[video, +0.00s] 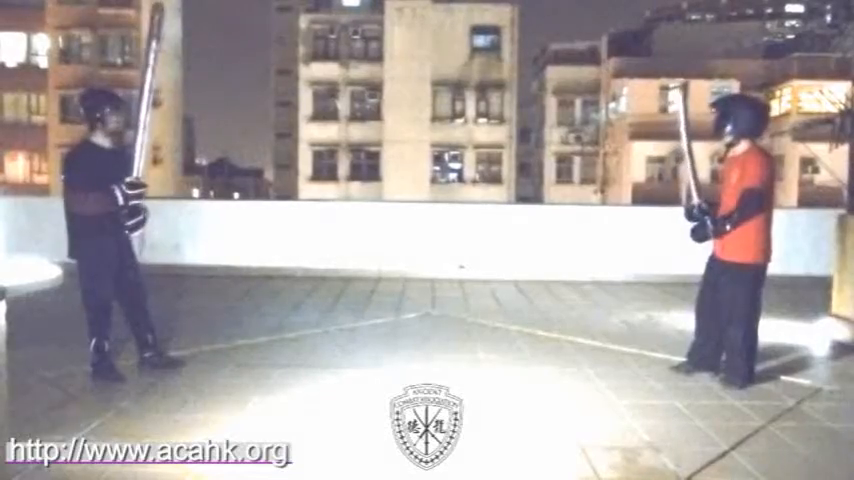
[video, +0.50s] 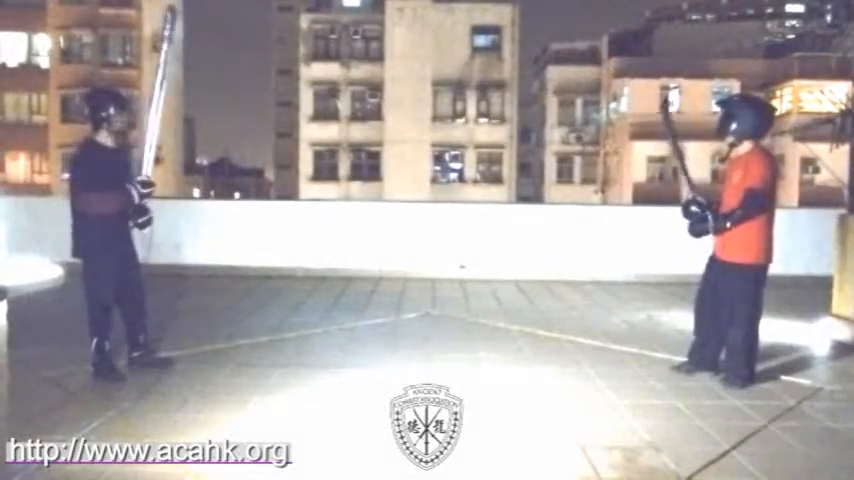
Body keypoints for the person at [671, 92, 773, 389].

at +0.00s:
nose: (720, 125)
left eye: (725, 119)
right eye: (721, 119)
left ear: (739, 123)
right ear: (738, 123)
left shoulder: (756, 159)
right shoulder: (731, 158)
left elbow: (753, 202)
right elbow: (729, 202)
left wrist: (721, 226)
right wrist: (708, 211)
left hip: (747, 254)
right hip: (724, 250)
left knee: (739, 314)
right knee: (709, 307)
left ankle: (738, 371)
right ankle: (703, 358)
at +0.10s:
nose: (720, 123)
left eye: (726, 118)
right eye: (721, 117)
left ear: (740, 123)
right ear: (739, 123)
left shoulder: (757, 159)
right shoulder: (731, 158)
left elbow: (753, 202)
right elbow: (729, 201)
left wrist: (722, 225)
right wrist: (708, 211)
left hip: (747, 254)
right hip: (723, 250)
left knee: (739, 315)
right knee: (709, 308)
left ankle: (738, 371)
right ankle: (703, 358)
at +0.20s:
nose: (721, 122)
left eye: (727, 117)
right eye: (723, 116)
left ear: (742, 123)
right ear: (742, 123)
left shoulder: (757, 159)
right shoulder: (732, 158)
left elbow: (756, 201)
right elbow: (729, 201)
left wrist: (721, 224)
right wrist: (707, 207)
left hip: (747, 254)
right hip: (724, 250)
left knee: (739, 314)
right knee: (710, 307)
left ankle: (738, 371)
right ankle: (703, 358)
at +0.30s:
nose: (723, 123)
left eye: (729, 117)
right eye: (725, 117)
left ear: (743, 123)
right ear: (745, 124)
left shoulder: (758, 159)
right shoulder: (733, 157)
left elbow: (757, 201)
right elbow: (730, 199)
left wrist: (722, 222)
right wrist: (708, 207)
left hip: (747, 254)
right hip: (724, 250)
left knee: (739, 314)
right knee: (710, 307)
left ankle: (739, 370)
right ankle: (703, 358)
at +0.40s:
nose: (722, 123)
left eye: (728, 118)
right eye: (724, 117)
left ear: (742, 123)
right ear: (744, 124)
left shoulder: (758, 159)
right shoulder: (734, 158)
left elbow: (757, 202)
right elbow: (732, 200)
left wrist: (722, 221)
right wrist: (709, 208)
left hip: (748, 255)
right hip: (724, 251)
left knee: (739, 315)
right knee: (708, 306)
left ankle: (739, 371)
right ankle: (703, 358)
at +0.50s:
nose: (723, 124)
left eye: (729, 118)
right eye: (725, 117)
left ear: (743, 124)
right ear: (745, 125)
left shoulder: (759, 160)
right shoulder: (735, 159)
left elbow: (755, 202)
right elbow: (732, 202)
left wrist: (718, 222)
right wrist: (708, 209)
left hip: (748, 255)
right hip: (725, 251)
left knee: (740, 315)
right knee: (708, 306)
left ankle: (739, 370)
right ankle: (703, 358)